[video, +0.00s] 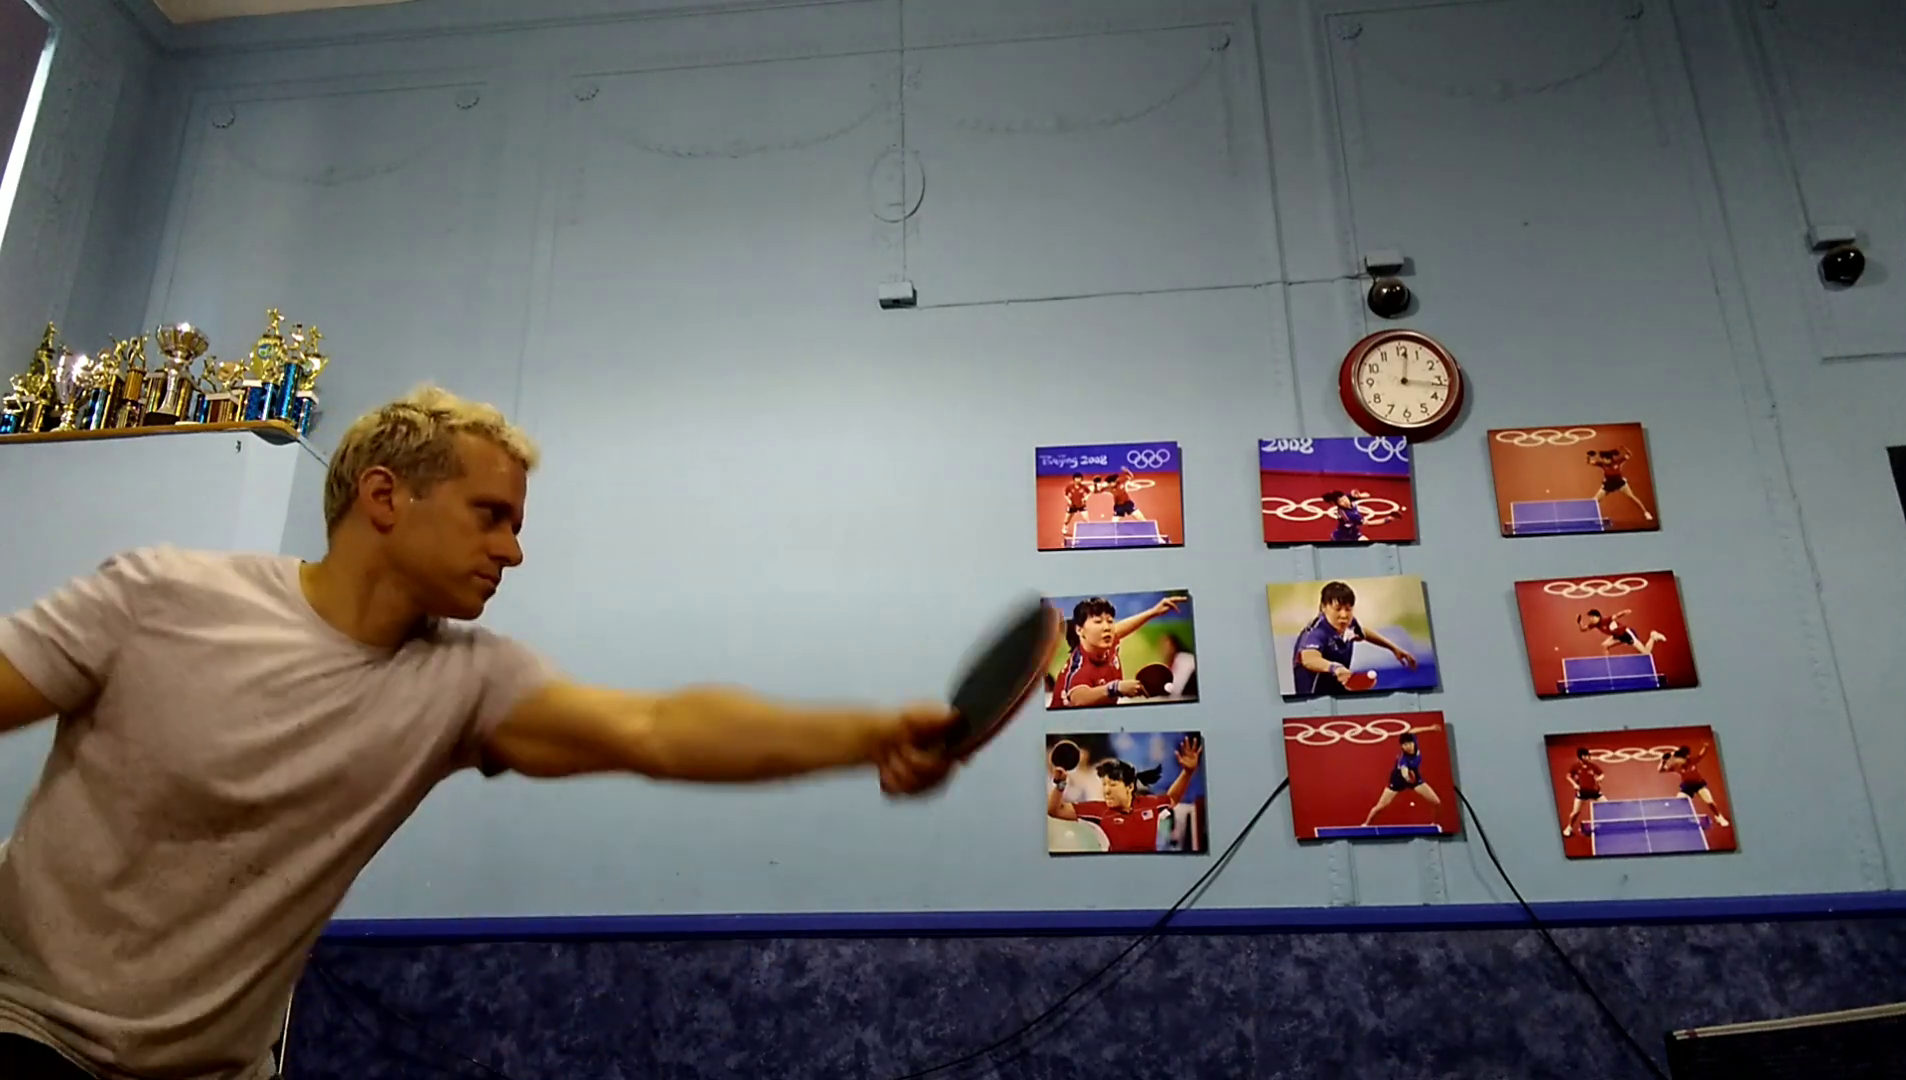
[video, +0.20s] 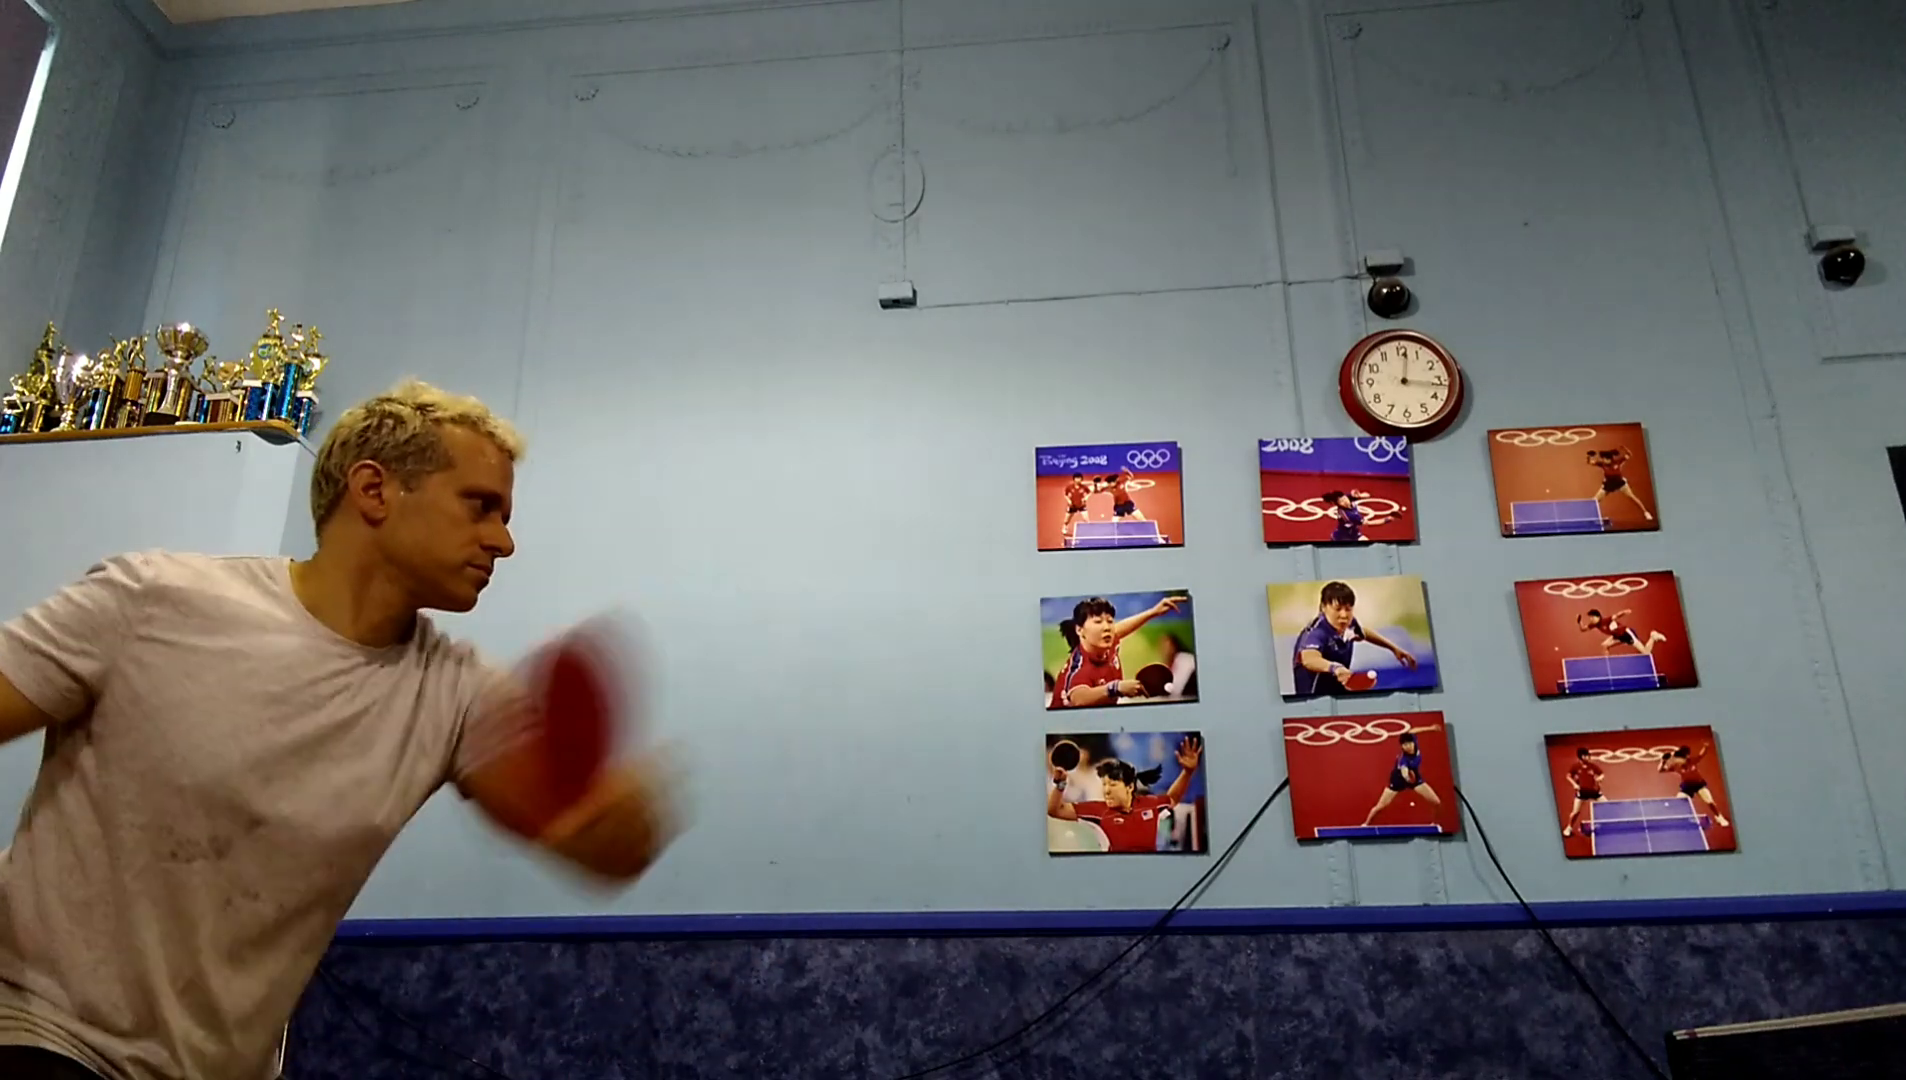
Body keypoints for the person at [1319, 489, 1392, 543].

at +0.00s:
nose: (1344, 502)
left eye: (1344, 499)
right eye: (1341, 502)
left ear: (1346, 497)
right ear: (1339, 505)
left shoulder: (1349, 499)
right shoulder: (1350, 515)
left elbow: (1368, 496)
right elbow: (1367, 523)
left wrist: (1360, 495)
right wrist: (1385, 520)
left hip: (1355, 535)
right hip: (1341, 538)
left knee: (1370, 547)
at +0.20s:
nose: (1344, 502)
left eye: (1344, 499)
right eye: (1341, 502)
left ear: (1346, 497)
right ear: (1338, 505)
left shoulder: (1350, 500)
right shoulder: (1349, 515)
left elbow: (1367, 496)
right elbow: (1367, 523)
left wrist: (1360, 495)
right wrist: (1385, 520)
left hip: (1355, 536)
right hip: (1342, 538)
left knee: (1370, 547)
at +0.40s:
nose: (1345, 502)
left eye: (1344, 499)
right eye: (1341, 502)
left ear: (1347, 497)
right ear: (1338, 505)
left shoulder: (1349, 499)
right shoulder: (1350, 515)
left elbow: (1368, 495)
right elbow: (1367, 523)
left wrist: (1360, 495)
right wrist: (1384, 520)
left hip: (1355, 535)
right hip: (1342, 538)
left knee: (1370, 547)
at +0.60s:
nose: (1344, 502)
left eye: (1344, 499)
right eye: (1341, 502)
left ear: (1346, 497)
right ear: (1338, 505)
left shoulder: (1350, 500)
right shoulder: (1349, 515)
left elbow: (1367, 496)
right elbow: (1367, 523)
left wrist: (1360, 495)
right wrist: (1385, 520)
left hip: (1356, 536)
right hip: (1342, 538)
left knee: (1370, 547)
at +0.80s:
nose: (1345, 502)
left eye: (1344, 499)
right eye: (1341, 502)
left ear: (1347, 497)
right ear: (1338, 505)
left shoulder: (1349, 499)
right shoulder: (1350, 515)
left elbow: (1368, 495)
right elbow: (1367, 523)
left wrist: (1360, 495)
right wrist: (1385, 520)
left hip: (1355, 535)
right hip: (1342, 538)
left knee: (1370, 547)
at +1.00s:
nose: (1345, 502)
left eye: (1344, 499)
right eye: (1341, 502)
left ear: (1347, 497)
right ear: (1338, 505)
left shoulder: (1349, 499)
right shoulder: (1349, 515)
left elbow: (1368, 495)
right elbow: (1366, 523)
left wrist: (1360, 495)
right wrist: (1384, 520)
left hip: (1355, 535)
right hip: (1342, 538)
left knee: (1370, 547)